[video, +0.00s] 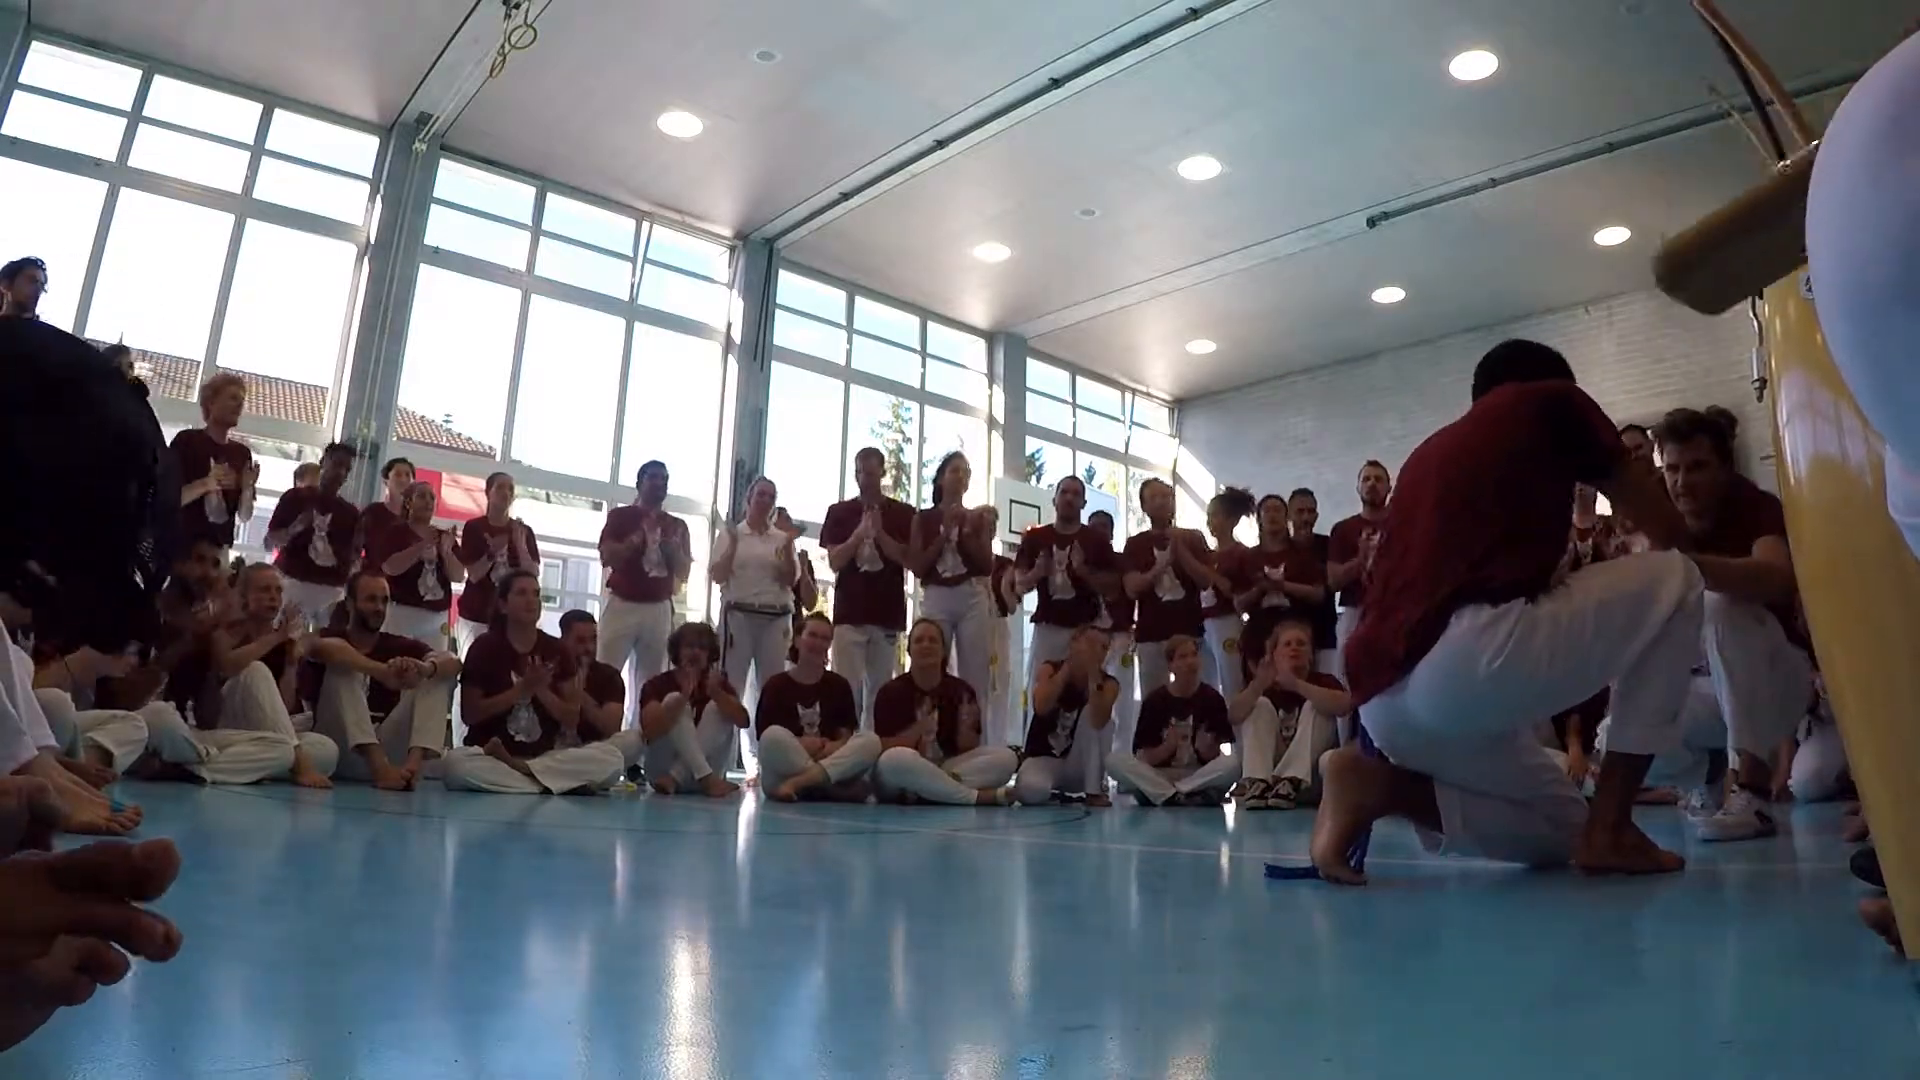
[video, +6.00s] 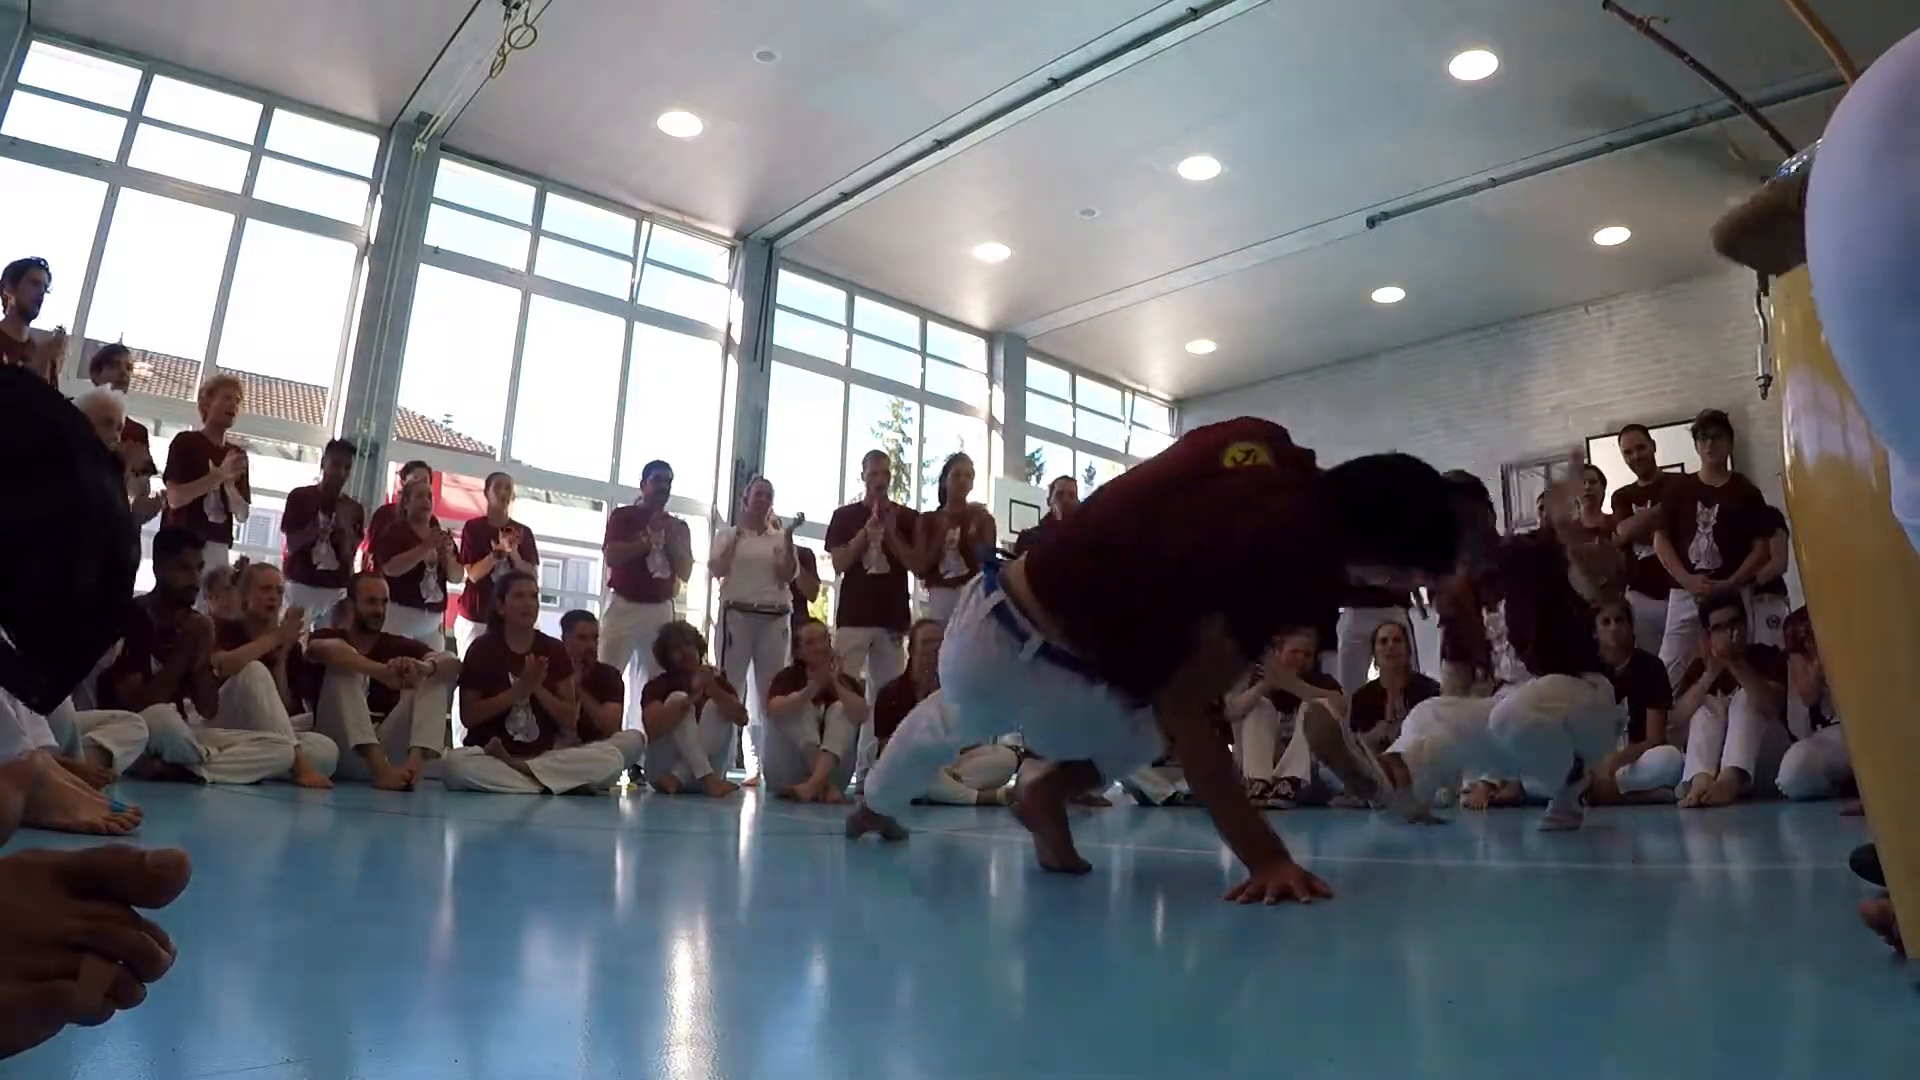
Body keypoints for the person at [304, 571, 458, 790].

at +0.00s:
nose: (380, 608)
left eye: (384, 601)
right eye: (371, 600)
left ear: (389, 603)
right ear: (350, 603)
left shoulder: (393, 643)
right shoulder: (328, 638)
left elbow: (454, 662)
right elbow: (318, 648)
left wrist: (426, 667)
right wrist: (382, 672)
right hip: (335, 750)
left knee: (438, 673)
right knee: (342, 663)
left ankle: (414, 764)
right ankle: (379, 765)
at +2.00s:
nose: (380, 608)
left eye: (384, 601)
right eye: (371, 601)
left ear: (389, 603)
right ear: (352, 603)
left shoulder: (395, 644)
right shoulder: (328, 638)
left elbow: (455, 663)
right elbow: (319, 648)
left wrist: (426, 667)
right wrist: (383, 672)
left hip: (387, 751)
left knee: (437, 674)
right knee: (343, 663)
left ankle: (414, 764)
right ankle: (379, 766)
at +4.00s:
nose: (378, 609)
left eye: (383, 602)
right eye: (370, 601)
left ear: (388, 603)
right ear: (351, 603)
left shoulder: (392, 643)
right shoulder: (329, 637)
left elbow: (453, 662)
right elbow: (317, 649)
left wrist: (427, 666)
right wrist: (382, 671)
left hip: (387, 750)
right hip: (338, 750)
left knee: (438, 673)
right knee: (343, 661)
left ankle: (415, 763)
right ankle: (378, 764)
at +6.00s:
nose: (379, 610)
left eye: (384, 602)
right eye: (371, 602)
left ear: (389, 603)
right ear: (352, 603)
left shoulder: (393, 643)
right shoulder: (329, 637)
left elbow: (454, 663)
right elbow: (316, 650)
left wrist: (427, 666)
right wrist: (382, 671)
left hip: (387, 751)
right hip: (338, 749)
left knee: (437, 674)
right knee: (342, 662)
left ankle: (415, 764)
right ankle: (378, 764)